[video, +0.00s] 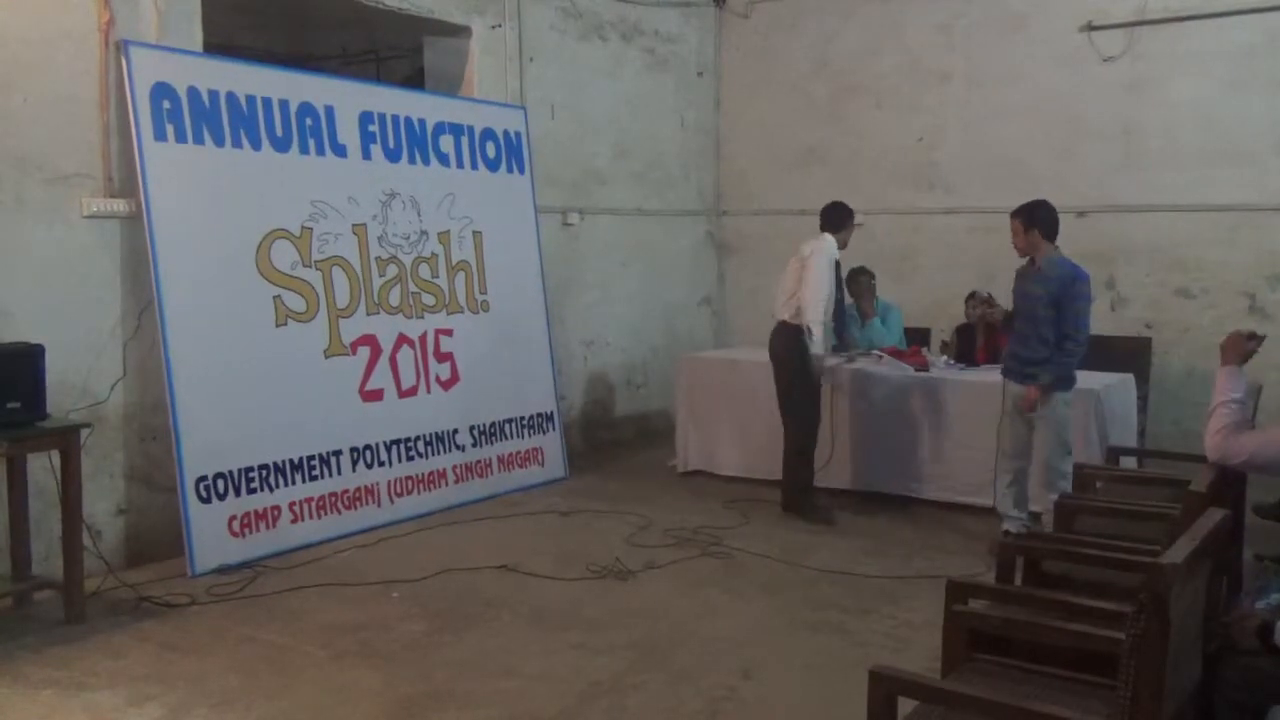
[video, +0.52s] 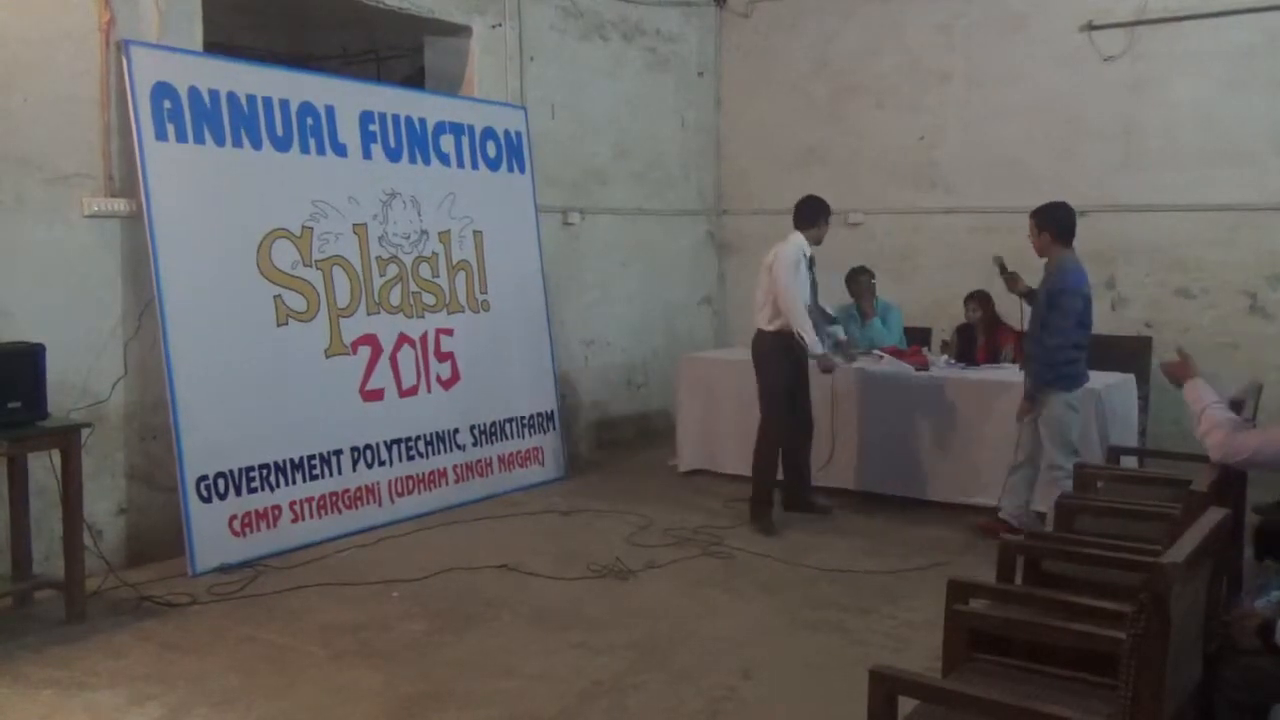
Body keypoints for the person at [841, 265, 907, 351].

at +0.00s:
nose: (863, 290)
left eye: (867, 285)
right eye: (858, 286)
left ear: (874, 288)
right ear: (850, 292)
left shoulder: (891, 311)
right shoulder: (846, 312)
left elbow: (889, 347)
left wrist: (870, 315)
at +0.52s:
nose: (864, 290)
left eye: (868, 285)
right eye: (859, 286)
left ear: (874, 287)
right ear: (851, 292)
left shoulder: (891, 311)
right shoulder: (844, 314)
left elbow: (890, 345)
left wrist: (870, 316)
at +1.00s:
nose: (864, 290)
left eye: (868, 284)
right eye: (859, 286)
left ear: (874, 287)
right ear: (851, 292)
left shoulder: (892, 311)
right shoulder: (844, 313)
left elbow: (891, 347)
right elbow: (824, 343)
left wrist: (870, 315)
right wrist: (836, 345)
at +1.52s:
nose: (864, 289)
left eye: (869, 284)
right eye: (859, 285)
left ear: (875, 287)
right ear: (851, 291)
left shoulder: (893, 312)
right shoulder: (844, 313)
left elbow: (890, 347)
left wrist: (870, 315)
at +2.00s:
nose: (864, 291)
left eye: (868, 285)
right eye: (858, 287)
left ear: (874, 287)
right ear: (850, 293)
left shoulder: (889, 310)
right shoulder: (843, 315)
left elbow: (901, 347)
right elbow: (825, 341)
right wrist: (836, 345)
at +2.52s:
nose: (864, 293)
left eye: (868, 287)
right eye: (859, 289)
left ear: (874, 288)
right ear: (850, 292)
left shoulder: (890, 310)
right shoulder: (843, 315)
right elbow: (826, 341)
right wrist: (837, 346)